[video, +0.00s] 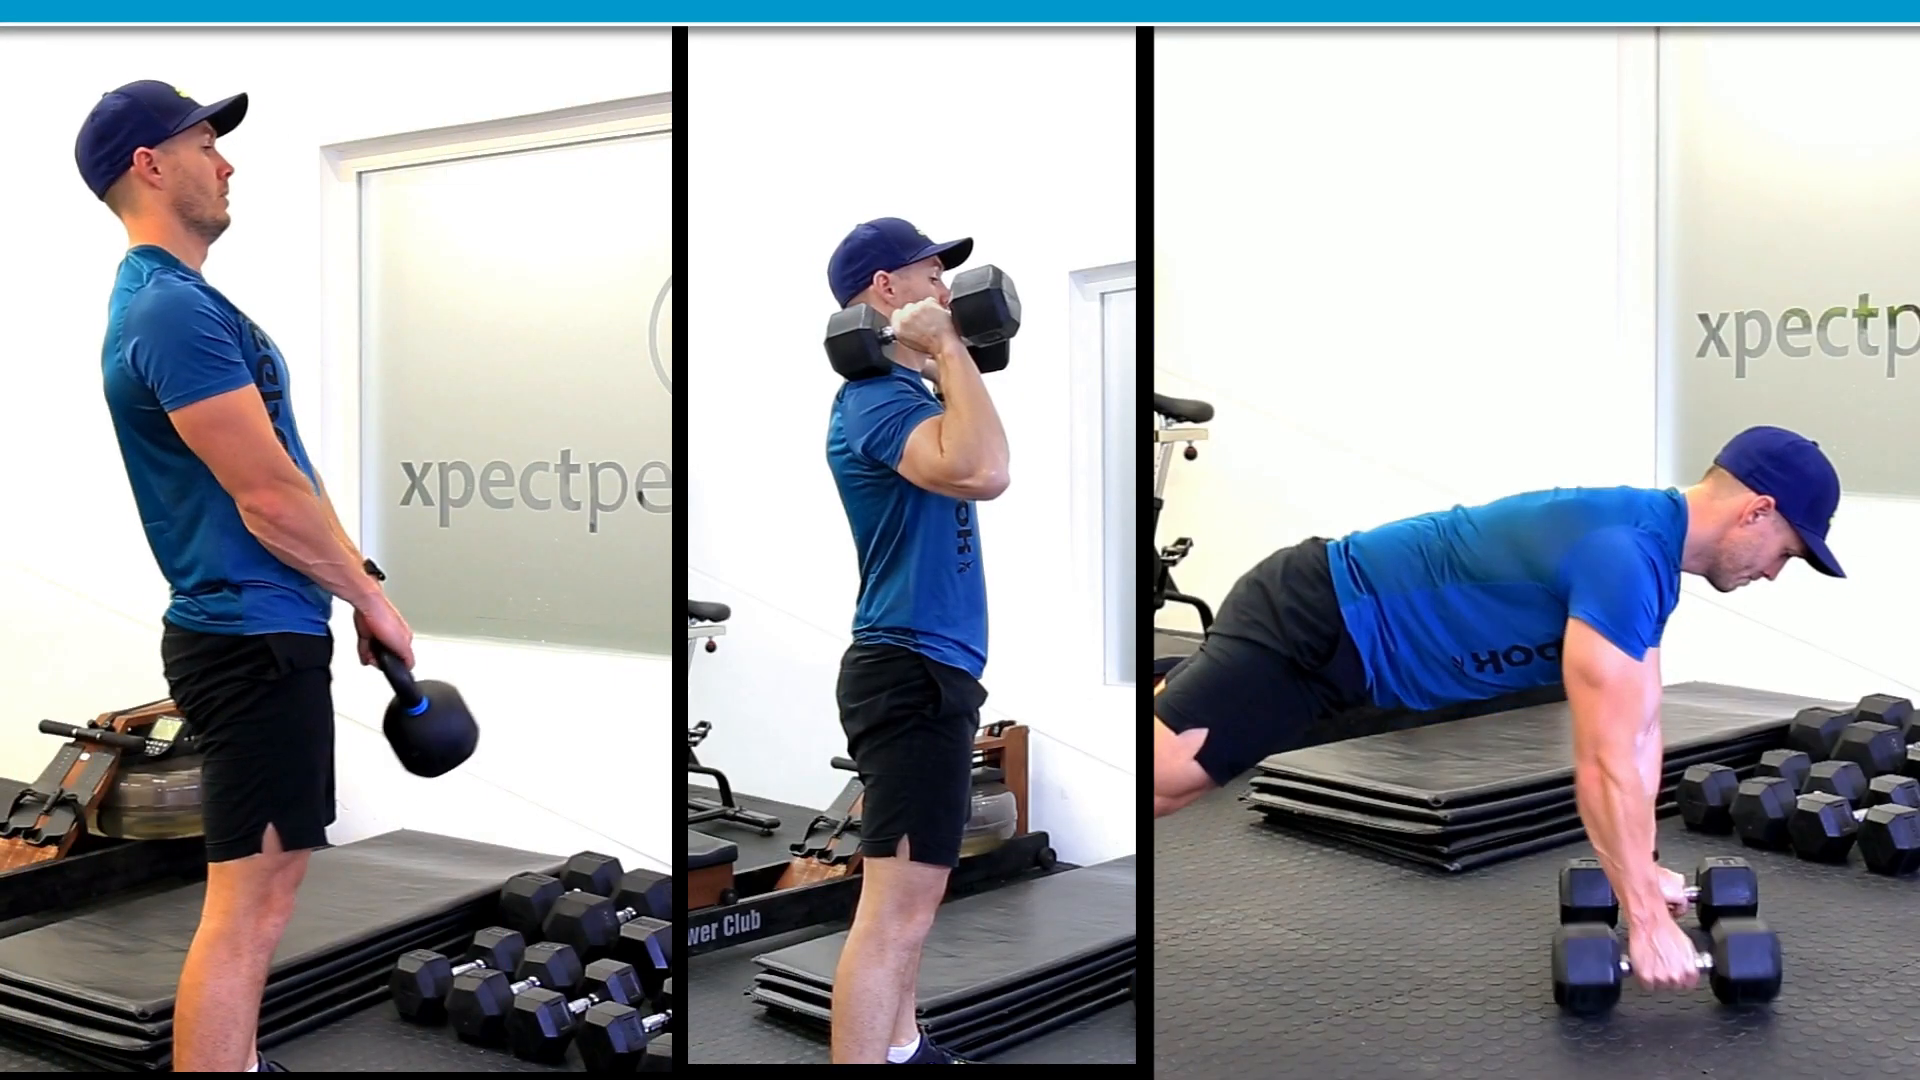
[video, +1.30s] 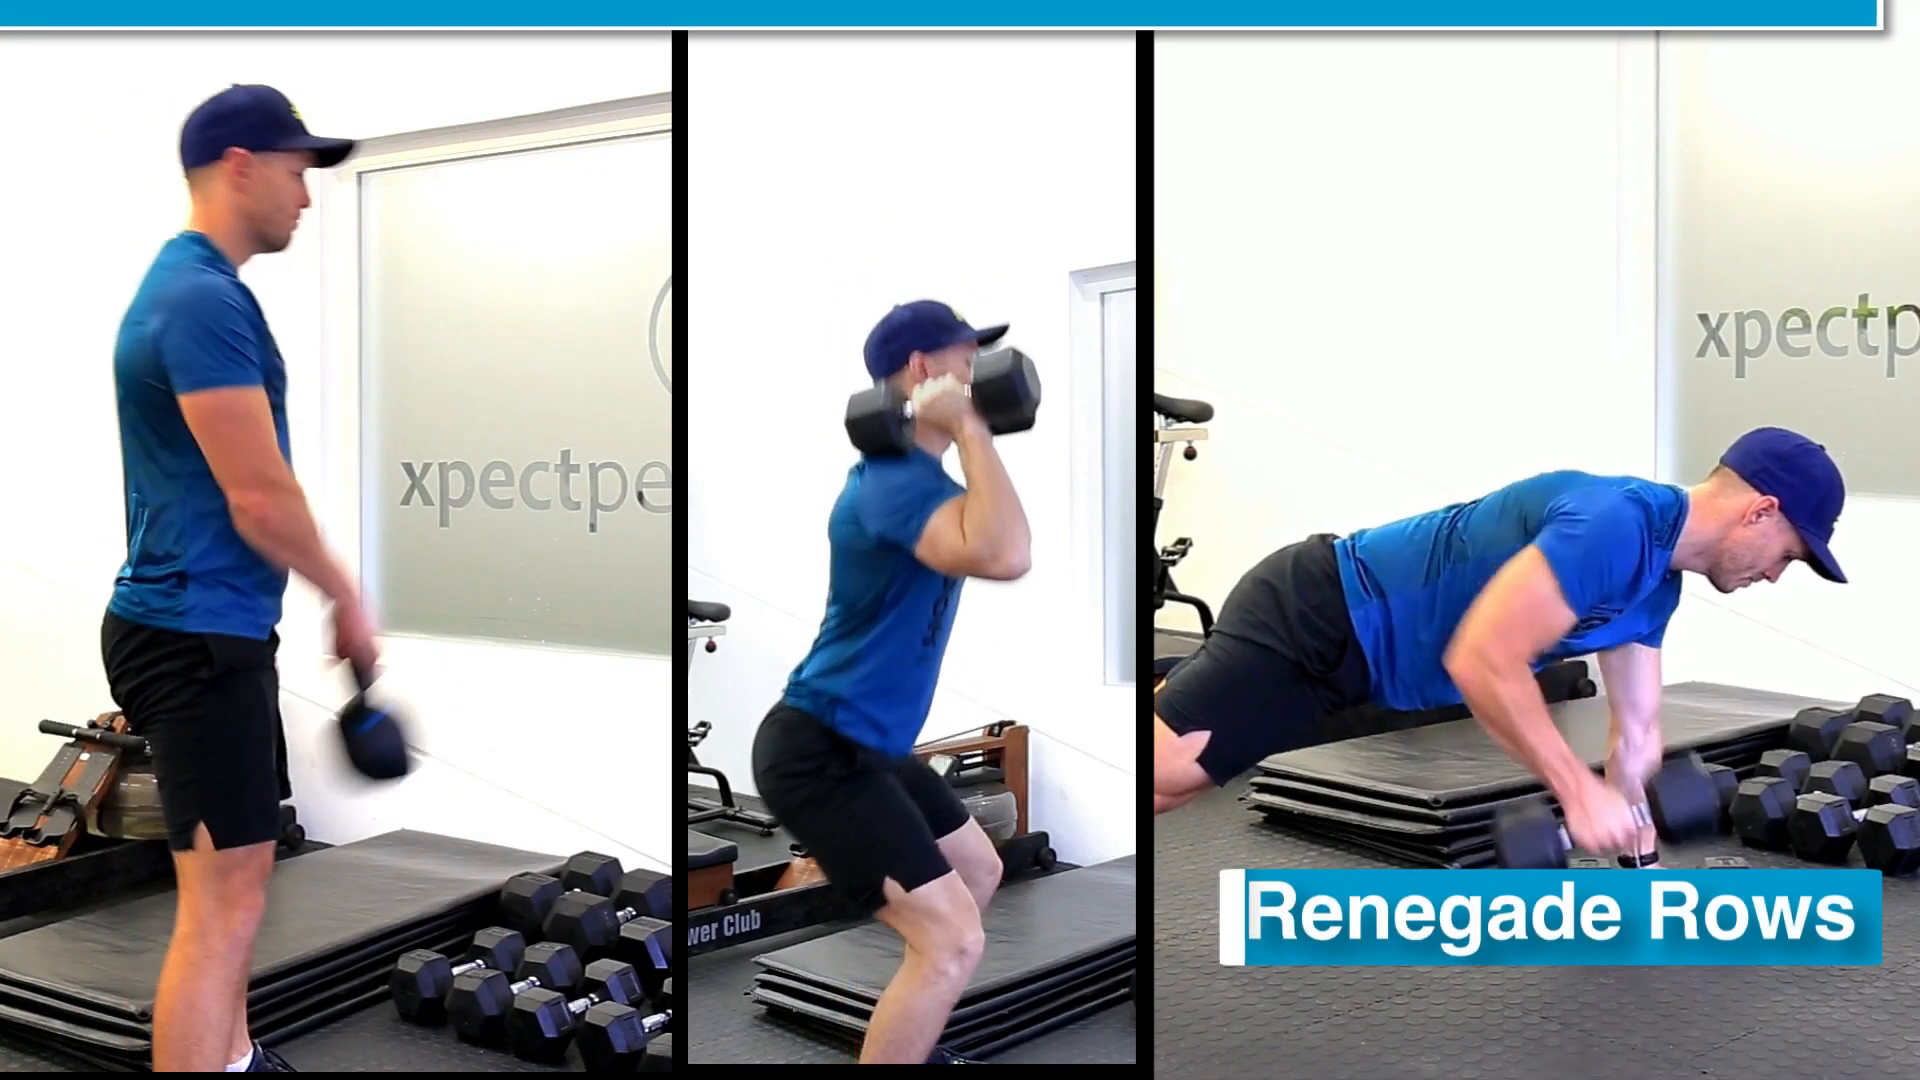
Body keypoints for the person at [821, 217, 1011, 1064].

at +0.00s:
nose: (947, 283)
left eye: (942, 270)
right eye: (933, 271)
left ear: (884, 291)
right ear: (886, 287)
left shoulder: (901, 397)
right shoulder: (871, 401)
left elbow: (986, 472)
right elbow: (977, 468)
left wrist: (948, 354)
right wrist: (946, 347)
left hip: (934, 675)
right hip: (908, 675)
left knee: (912, 903)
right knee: (895, 914)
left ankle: (899, 1048)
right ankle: (862, 1063)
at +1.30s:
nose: (975, 374)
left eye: (974, 360)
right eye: (965, 360)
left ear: (912, 374)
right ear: (919, 369)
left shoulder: (916, 476)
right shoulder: (891, 482)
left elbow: (992, 548)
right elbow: (1003, 555)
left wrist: (973, 428)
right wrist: (967, 426)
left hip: (868, 742)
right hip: (820, 750)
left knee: (977, 871)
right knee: (950, 944)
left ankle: (913, 1034)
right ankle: (893, 1055)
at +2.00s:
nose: (997, 527)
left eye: (993, 511)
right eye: (985, 511)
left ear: (939, 526)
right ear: (939, 524)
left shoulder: (938, 621)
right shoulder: (896, 633)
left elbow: (1006, 715)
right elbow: (1000, 741)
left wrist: (989, 597)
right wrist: (979, 601)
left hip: (852, 840)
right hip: (789, 864)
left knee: (993, 882)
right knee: (968, 956)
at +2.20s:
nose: (1001, 561)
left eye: (997, 543)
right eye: (988, 545)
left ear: (942, 556)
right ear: (941, 555)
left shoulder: (943, 646)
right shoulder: (895, 668)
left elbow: (1013, 727)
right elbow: (995, 779)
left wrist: (994, 628)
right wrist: (981, 641)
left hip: (852, 860)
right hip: (784, 889)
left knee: (993, 885)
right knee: (969, 959)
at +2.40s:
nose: (1001, 566)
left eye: (997, 549)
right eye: (988, 551)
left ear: (942, 562)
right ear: (941, 562)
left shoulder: (945, 652)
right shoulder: (895, 673)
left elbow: (1012, 735)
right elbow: (993, 786)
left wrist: (997, 636)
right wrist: (982, 650)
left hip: (855, 864)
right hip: (786, 894)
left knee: (994, 885)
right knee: (971, 961)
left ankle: (917, 1031)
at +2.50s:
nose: (1000, 556)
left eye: (995, 538)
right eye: (986, 539)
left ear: (939, 552)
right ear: (938, 551)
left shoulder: (940, 646)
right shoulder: (895, 662)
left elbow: (1011, 723)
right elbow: (992, 777)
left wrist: (995, 627)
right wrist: (983, 642)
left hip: (856, 854)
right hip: (789, 884)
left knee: (995, 884)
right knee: (972, 960)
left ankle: (916, 1032)